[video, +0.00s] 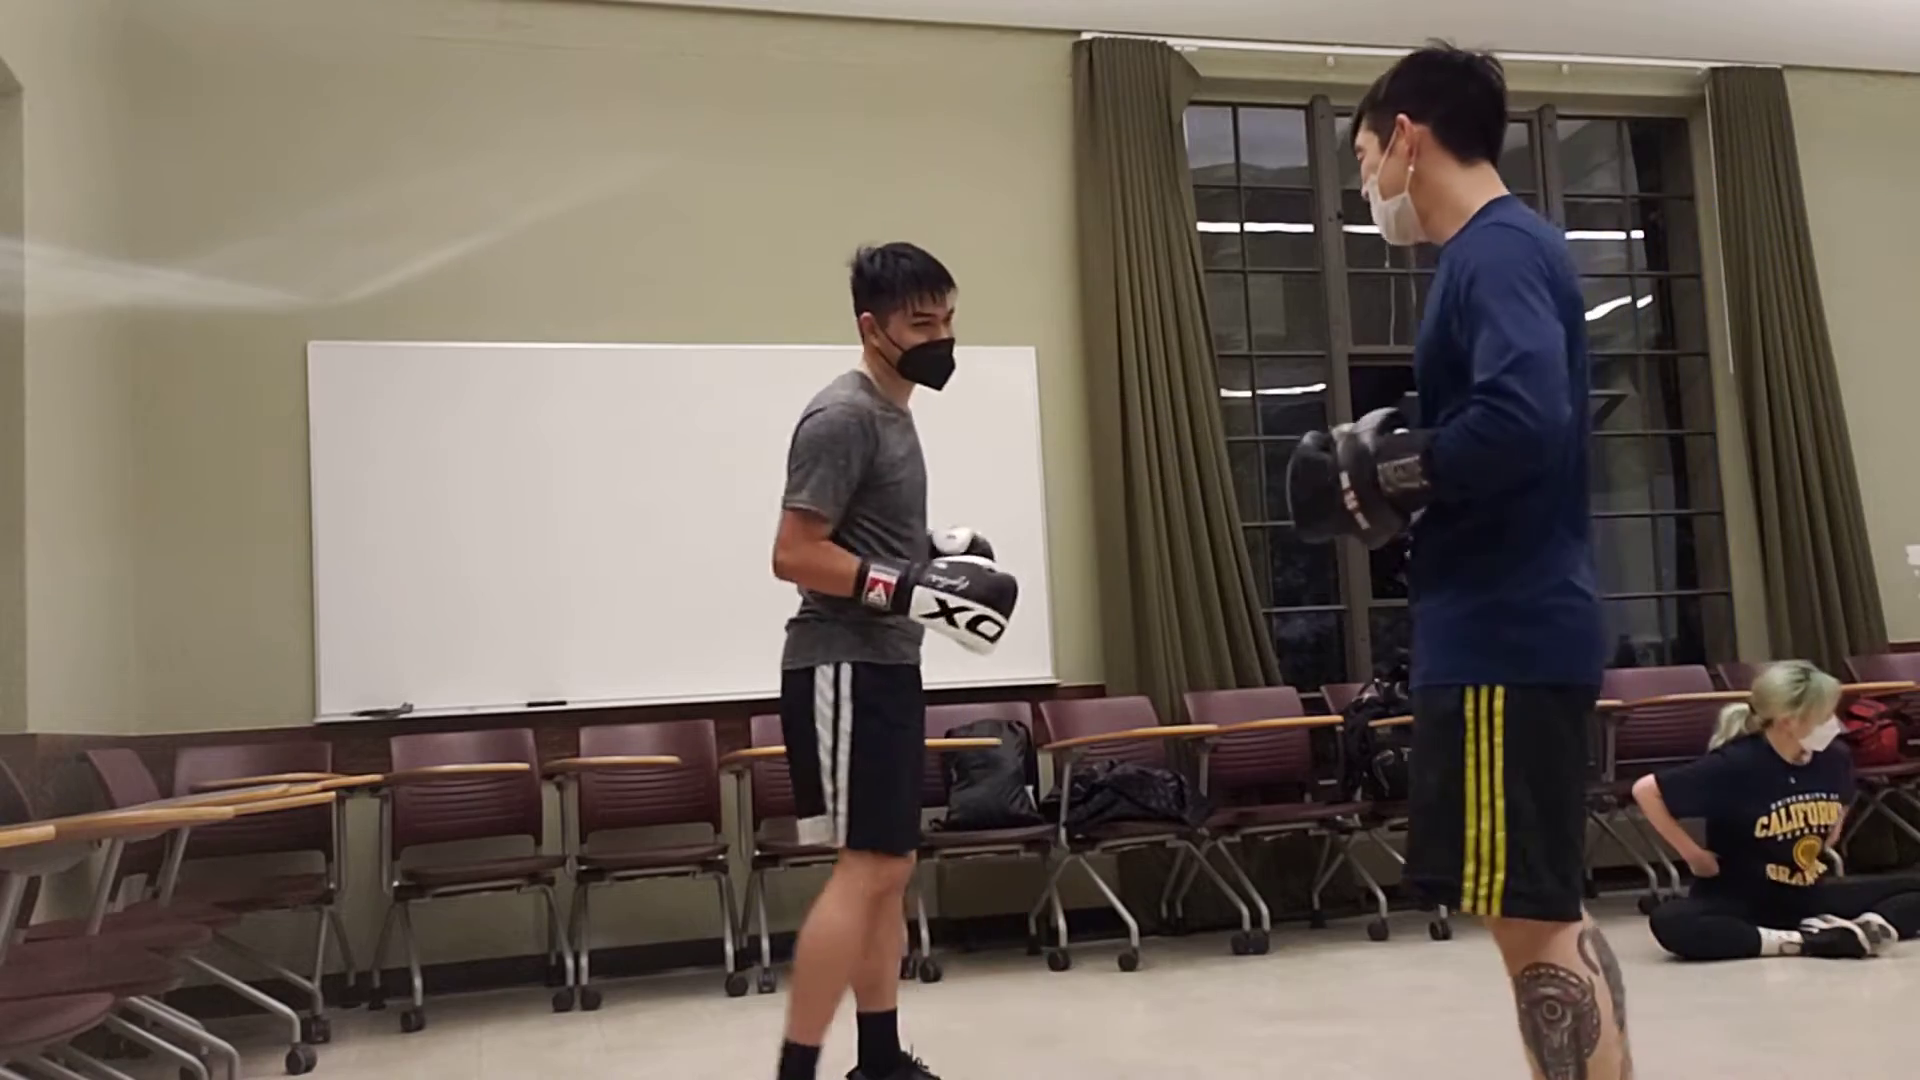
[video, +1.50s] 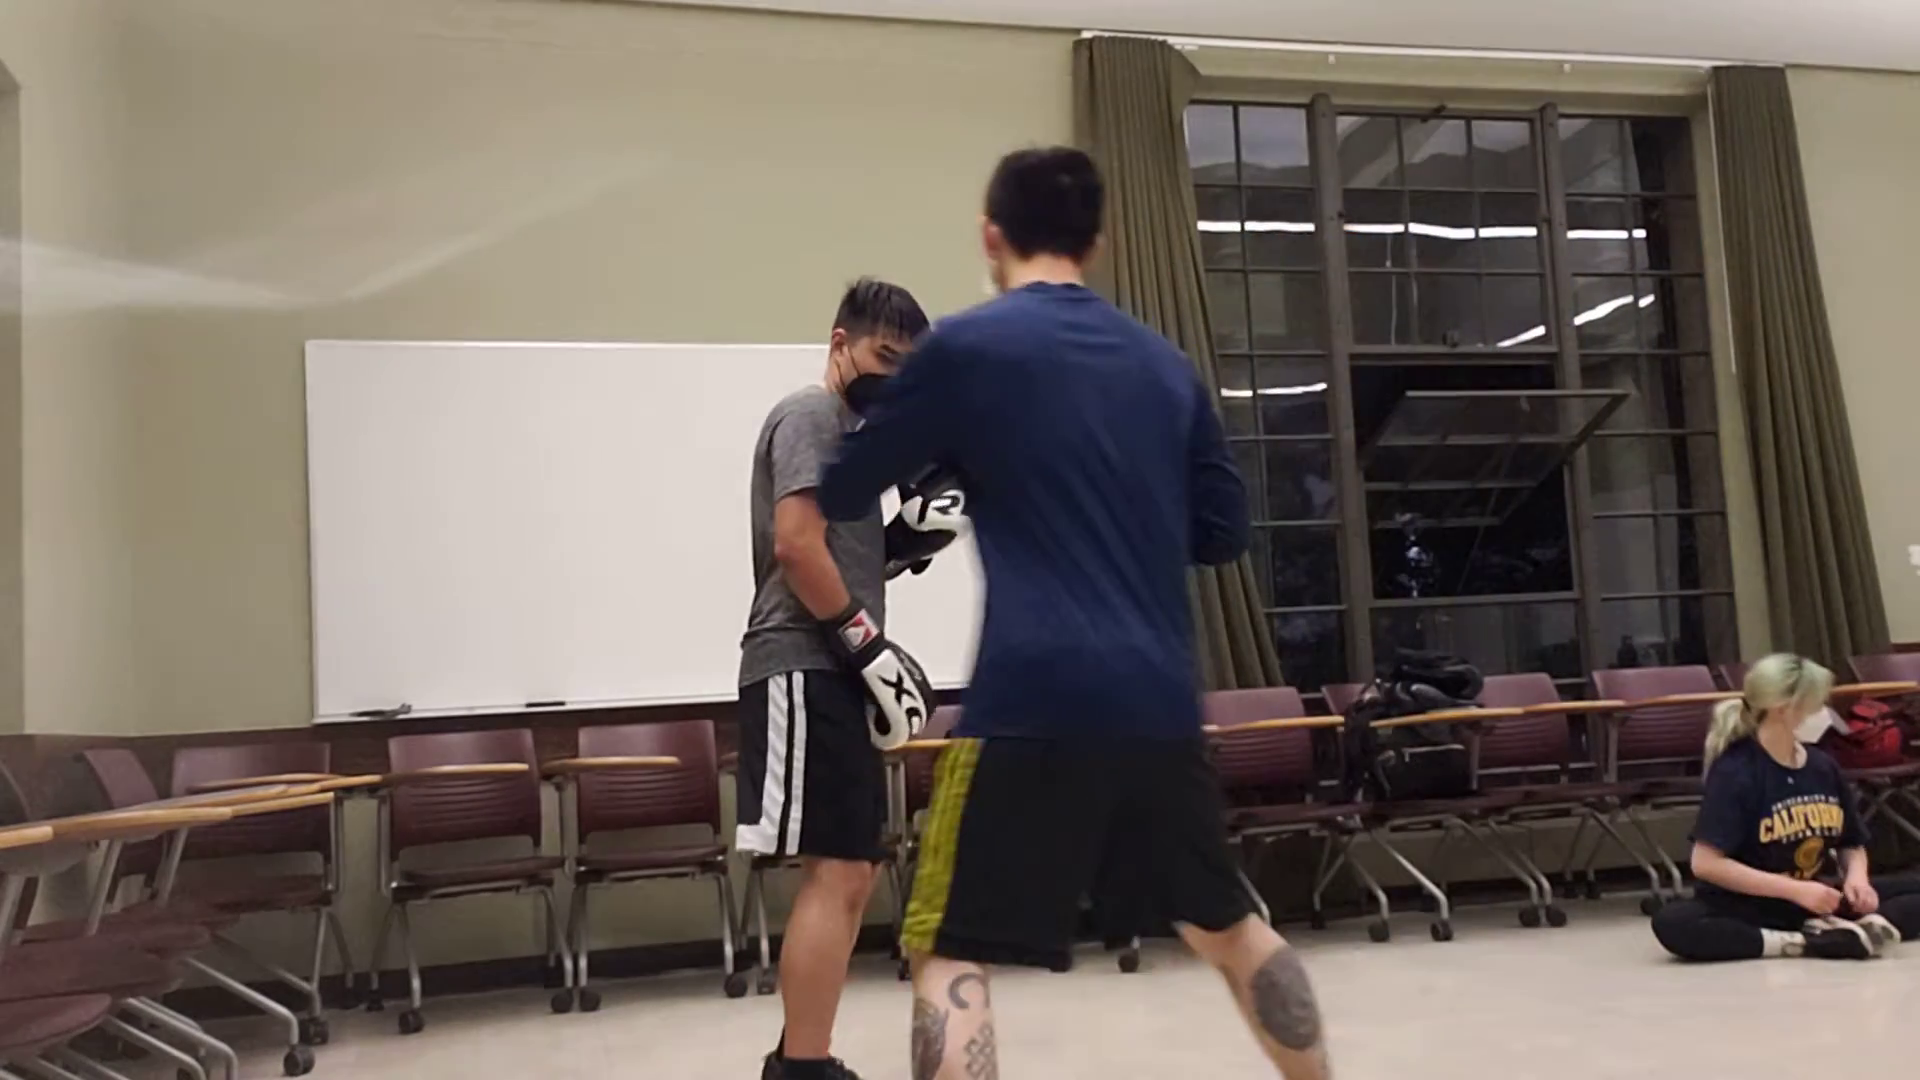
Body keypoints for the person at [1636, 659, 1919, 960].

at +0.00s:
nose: (1835, 726)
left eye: (1833, 716)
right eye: (1825, 719)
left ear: (1793, 722)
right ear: (1789, 723)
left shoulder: (1834, 760)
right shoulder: (1736, 764)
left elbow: (1843, 804)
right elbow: (1645, 790)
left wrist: (1822, 845)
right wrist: (1692, 854)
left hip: (1809, 895)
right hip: (1738, 901)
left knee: (1917, 891)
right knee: (1669, 921)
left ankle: (1854, 931)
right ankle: (1795, 943)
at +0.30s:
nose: (1833, 726)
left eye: (1832, 716)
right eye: (1824, 719)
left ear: (1794, 722)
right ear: (1789, 723)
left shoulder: (1836, 759)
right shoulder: (1734, 764)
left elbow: (1861, 788)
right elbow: (1645, 790)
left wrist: (1849, 839)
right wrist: (1685, 849)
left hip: (1806, 895)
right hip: (1736, 901)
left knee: (1917, 889)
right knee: (1670, 921)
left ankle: (1854, 931)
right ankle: (1794, 942)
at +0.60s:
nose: (1836, 724)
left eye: (1834, 715)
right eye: (1826, 717)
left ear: (1797, 721)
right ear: (1793, 721)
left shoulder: (1838, 761)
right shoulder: (1739, 763)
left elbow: (1864, 808)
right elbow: (1648, 794)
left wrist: (1842, 862)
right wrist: (1684, 864)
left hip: (1815, 895)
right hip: (1742, 902)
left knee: (1917, 889)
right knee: (1672, 923)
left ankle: (1853, 932)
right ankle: (1798, 944)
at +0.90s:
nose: (1835, 727)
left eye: (1834, 718)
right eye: (1826, 720)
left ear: (1800, 723)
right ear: (1794, 723)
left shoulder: (1833, 759)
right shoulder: (1737, 765)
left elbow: (1847, 801)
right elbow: (1648, 797)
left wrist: (1833, 846)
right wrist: (1691, 863)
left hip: (1810, 894)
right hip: (1741, 901)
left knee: (1917, 888)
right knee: (1672, 922)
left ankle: (1853, 933)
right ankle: (1798, 943)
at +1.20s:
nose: (1830, 722)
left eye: (1829, 713)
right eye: (1821, 715)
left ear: (1796, 720)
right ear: (1788, 719)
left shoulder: (1826, 762)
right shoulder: (1734, 769)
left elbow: (1851, 813)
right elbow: (1662, 826)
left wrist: (1846, 852)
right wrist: (1733, 874)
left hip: (1817, 899)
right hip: (1747, 908)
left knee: (1916, 888)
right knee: (1671, 922)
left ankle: (1854, 930)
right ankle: (1797, 944)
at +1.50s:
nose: (1820, 712)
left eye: (1819, 703)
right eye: (1812, 703)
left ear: (1784, 708)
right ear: (1781, 708)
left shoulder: (1823, 766)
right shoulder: (1735, 769)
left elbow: (1852, 842)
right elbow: (1704, 862)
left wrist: (1856, 878)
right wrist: (1796, 890)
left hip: (1822, 898)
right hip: (1749, 905)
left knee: (1915, 897)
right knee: (1670, 922)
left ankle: (1850, 930)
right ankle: (1792, 945)